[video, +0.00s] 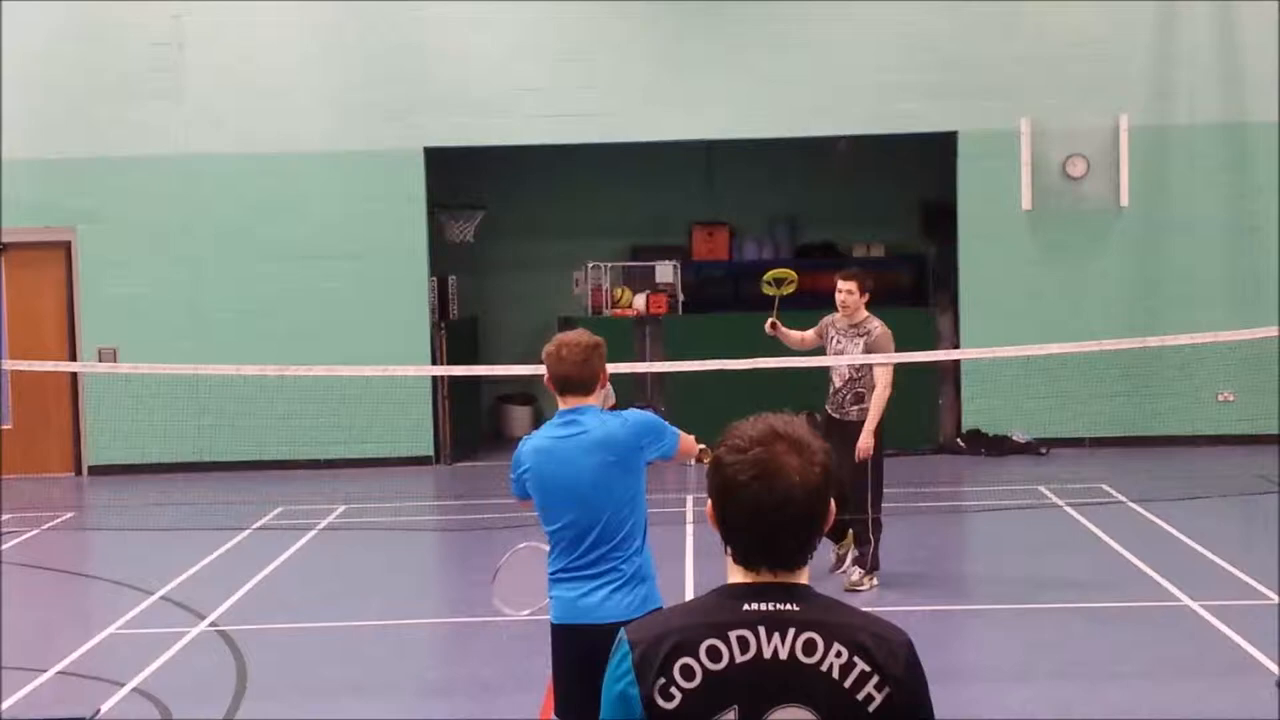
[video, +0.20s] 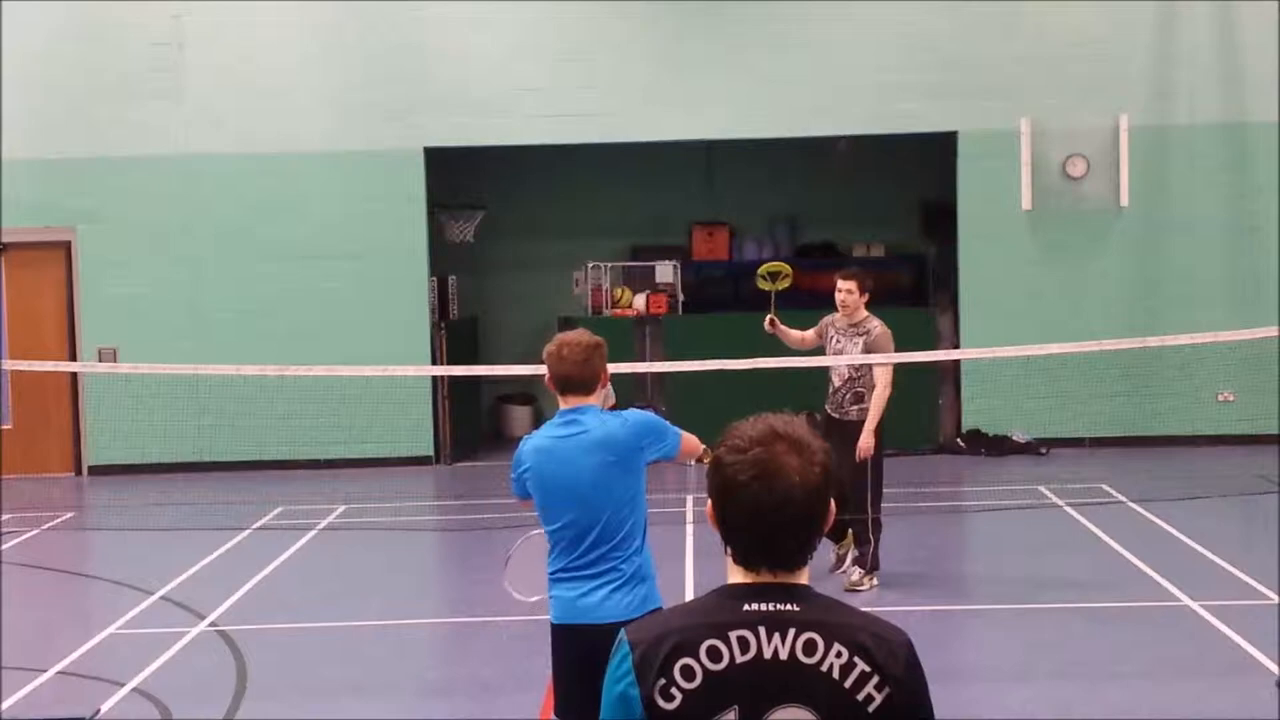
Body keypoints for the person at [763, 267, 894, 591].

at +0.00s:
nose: (842, 298)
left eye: (849, 293)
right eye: (839, 292)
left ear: (864, 297)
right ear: (835, 294)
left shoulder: (878, 333)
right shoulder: (831, 324)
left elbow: (883, 386)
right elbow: (804, 340)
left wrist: (868, 431)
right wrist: (780, 331)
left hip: (864, 424)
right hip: (833, 421)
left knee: (863, 494)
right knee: (827, 487)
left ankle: (866, 566)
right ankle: (843, 538)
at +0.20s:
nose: (841, 297)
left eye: (848, 292)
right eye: (839, 291)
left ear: (864, 296)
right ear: (834, 293)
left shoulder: (877, 332)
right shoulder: (830, 324)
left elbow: (883, 385)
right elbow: (804, 340)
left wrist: (869, 430)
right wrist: (779, 329)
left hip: (863, 424)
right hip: (833, 421)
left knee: (863, 493)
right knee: (827, 486)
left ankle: (866, 565)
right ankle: (843, 538)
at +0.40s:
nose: (840, 297)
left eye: (847, 292)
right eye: (838, 291)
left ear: (863, 296)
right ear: (834, 293)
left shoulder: (876, 332)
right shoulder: (829, 324)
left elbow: (882, 385)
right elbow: (802, 339)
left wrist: (868, 430)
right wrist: (777, 327)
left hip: (862, 424)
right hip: (832, 421)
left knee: (862, 493)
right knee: (824, 487)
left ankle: (866, 565)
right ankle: (845, 539)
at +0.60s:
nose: (838, 297)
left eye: (845, 292)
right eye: (835, 291)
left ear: (860, 296)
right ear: (831, 293)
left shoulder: (873, 331)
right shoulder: (827, 323)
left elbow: (879, 384)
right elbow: (800, 339)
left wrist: (866, 428)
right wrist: (774, 326)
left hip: (859, 423)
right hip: (830, 420)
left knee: (860, 493)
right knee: (828, 487)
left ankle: (866, 566)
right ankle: (847, 541)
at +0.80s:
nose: (834, 298)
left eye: (841, 293)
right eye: (831, 292)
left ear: (856, 298)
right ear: (827, 295)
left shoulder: (870, 333)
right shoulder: (822, 325)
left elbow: (876, 385)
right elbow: (794, 344)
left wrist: (862, 428)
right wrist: (770, 331)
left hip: (857, 424)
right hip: (829, 422)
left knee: (858, 493)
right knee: (834, 489)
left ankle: (867, 565)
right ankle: (853, 545)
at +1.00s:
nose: (832, 310)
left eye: (839, 304)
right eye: (829, 304)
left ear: (853, 308)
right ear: (824, 307)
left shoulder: (871, 344)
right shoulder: (816, 342)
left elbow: (884, 395)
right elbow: (796, 377)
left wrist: (872, 438)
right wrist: (766, 382)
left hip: (858, 432)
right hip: (827, 431)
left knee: (849, 496)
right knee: (842, 497)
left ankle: (860, 561)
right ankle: (861, 551)